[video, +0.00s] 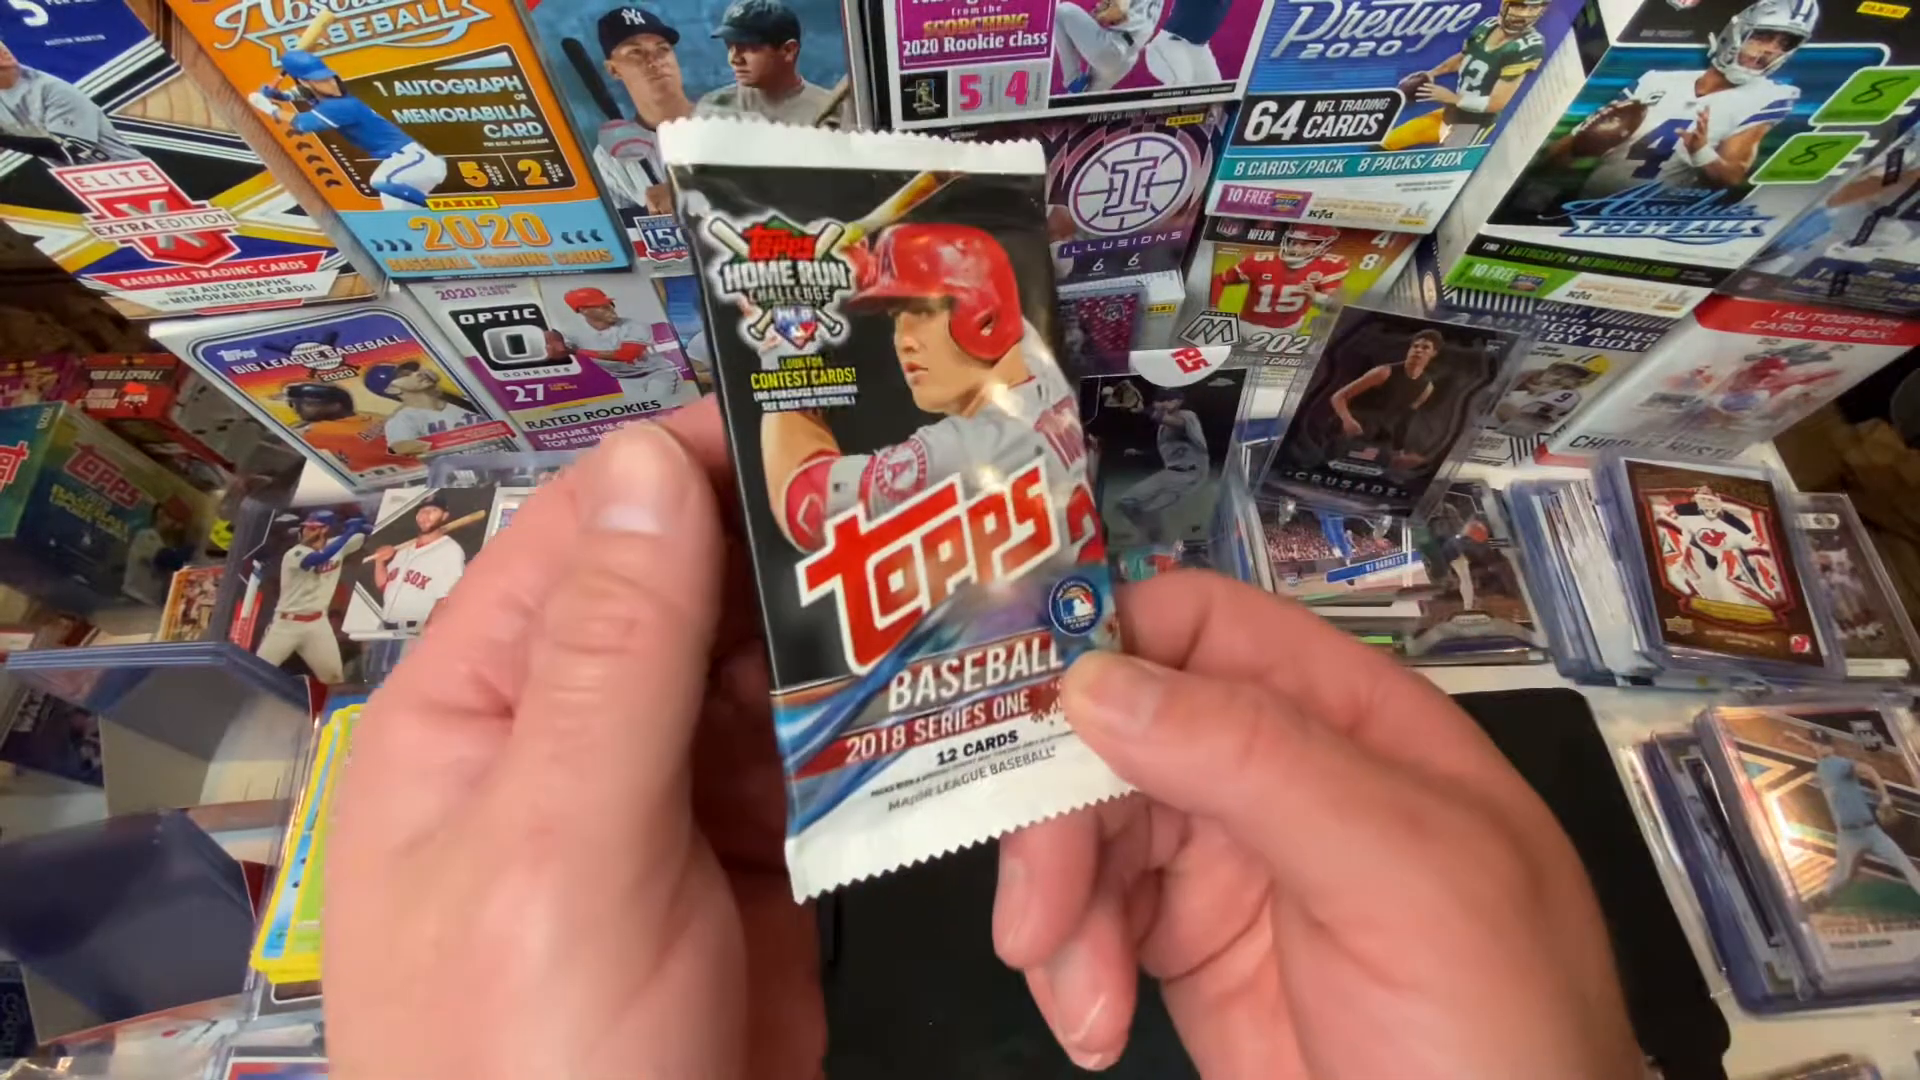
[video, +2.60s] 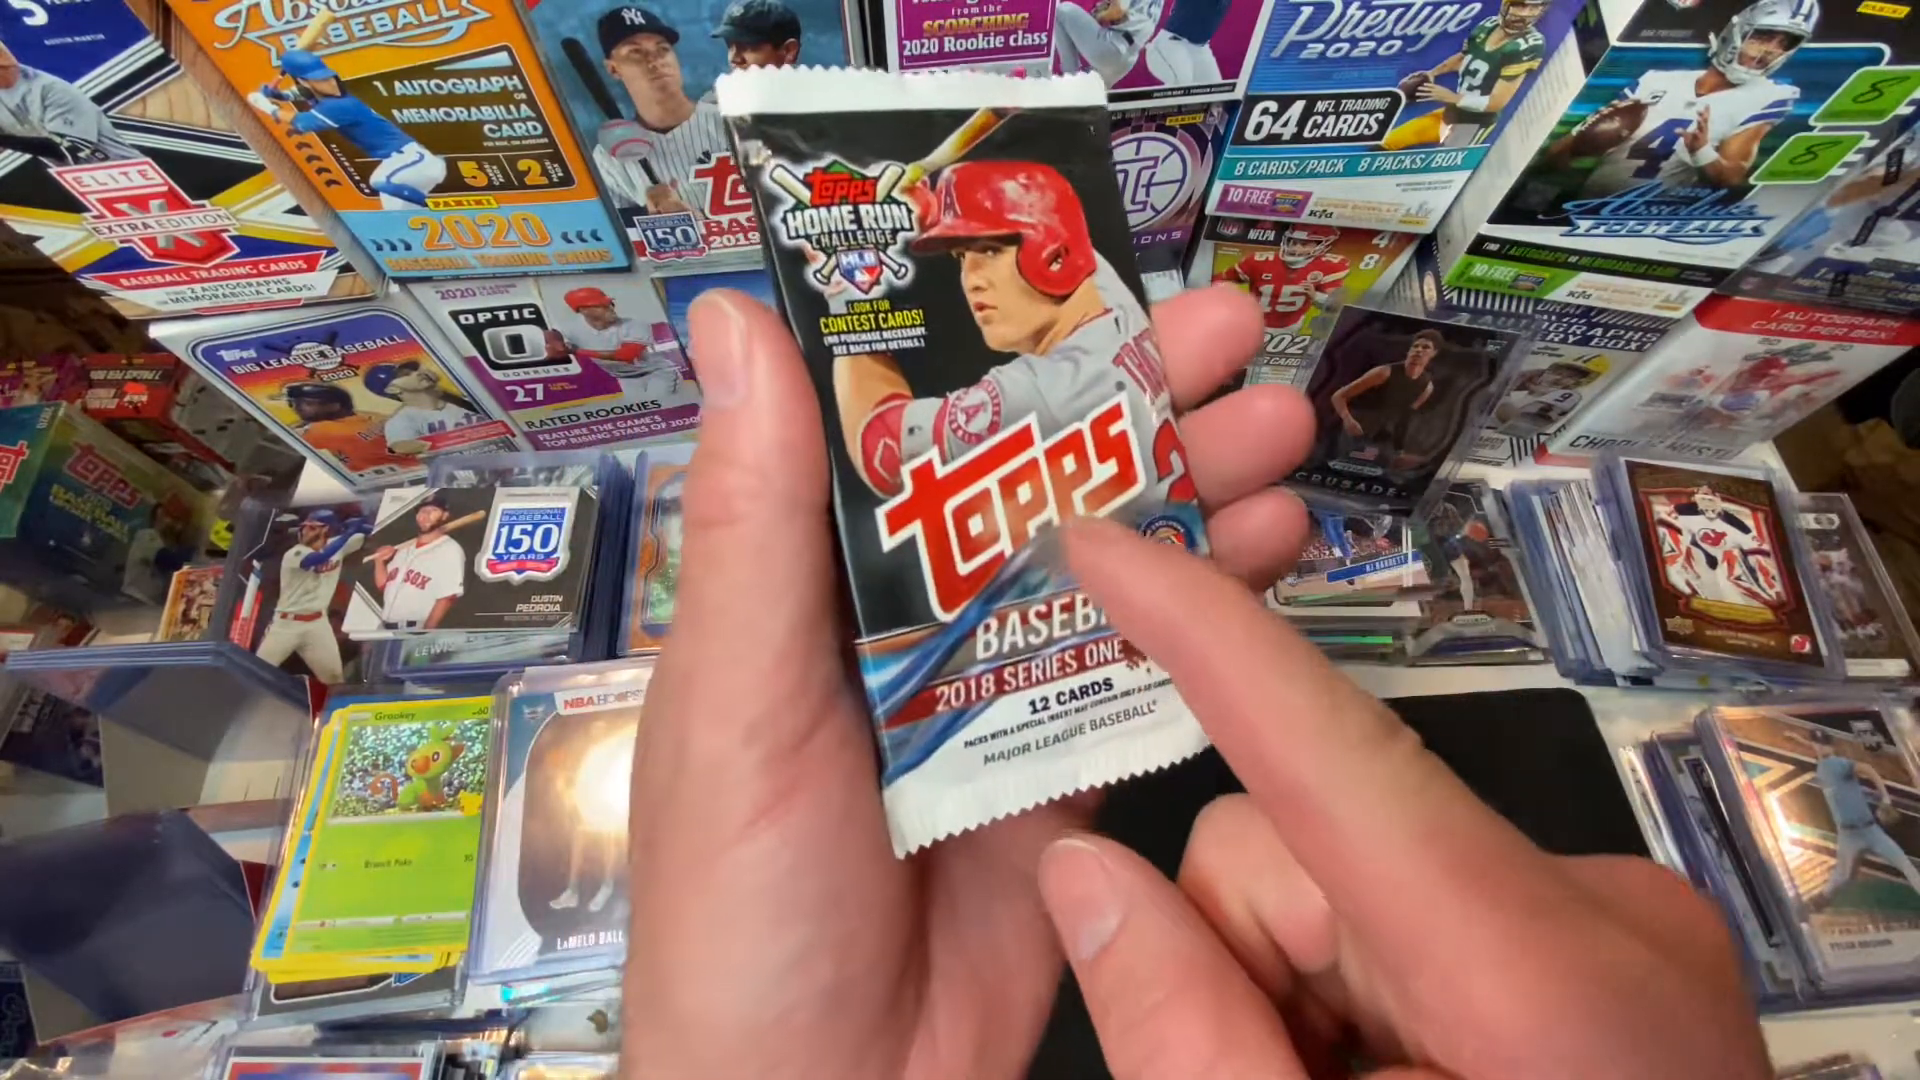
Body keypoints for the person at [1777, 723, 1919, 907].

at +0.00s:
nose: (1823, 749)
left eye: (1825, 744)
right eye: (1819, 746)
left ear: (1831, 745)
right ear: (1814, 748)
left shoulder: (1839, 764)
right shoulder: (1823, 767)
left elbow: (1869, 770)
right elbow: (1866, 769)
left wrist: (1884, 797)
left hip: (1871, 829)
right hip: (1847, 835)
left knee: (1904, 863)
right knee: (1842, 876)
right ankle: (1824, 897)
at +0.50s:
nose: (1823, 749)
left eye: (1825, 744)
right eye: (1818, 746)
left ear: (1831, 745)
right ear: (1813, 748)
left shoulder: (1840, 764)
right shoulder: (1822, 767)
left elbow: (1869, 770)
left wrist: (1885, 797)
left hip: (1871, 829)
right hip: (1847, 834)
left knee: (1903, 863)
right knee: (1843, 876)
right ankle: (1824, 896)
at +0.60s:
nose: (1823, 749)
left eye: (1824, 744)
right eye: (1818, 745)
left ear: (1830, 744)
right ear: (1814, 748)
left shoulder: (1838, 763)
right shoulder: (1822, 767)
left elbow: (1869, 770)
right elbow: (1813, 747)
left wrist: (1885, 796)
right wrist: (1800, 739)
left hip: (1870, 829)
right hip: (1847, 834)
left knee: (1904, 864)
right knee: (1843, 875)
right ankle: (1824, 897)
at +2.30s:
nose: (1822, 749)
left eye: (1824, 744)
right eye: (1818, 745)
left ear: (1830, 745)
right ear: (1814, 748)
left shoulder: (1839, 764)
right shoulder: (1823, 767)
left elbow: (1869, 770)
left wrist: (1885, 797)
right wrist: (1796, 738)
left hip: (1871, 829)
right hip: (1847, 834)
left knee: (1903, 862)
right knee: (1842, 874)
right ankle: (1825, 896)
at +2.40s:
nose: (1823, 749)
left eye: (1825, 744)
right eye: (1819, 745)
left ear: (1831, 745)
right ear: (1814, 748)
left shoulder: (1839, 764)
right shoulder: (1823, 767)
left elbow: (1868, 770)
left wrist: (1884, 797)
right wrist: (1796, 738)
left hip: (1871, 829)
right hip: (1847, 834)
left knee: (1904, 863)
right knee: (1842, 874)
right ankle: (1825, 896)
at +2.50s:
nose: (1823, 749)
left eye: (1825, 744)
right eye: (1819, 745)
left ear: (1831, 745)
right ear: (1814, 748)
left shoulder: (1839, 764)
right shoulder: (1823, 767)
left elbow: (1868, 770)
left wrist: (1884, 797)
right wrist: (1796, 738)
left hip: (1871, 829)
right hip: (1847, 834)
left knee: (1904, 863)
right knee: (1842, 875)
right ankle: (1825, 896)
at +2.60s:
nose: (1823, 749)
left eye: (1825, 744)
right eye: (1819, 745)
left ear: (1831, 745)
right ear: (1814, 747)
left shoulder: (1839, 764)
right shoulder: (1823, 767)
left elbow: (1868, 770)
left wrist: (1885, 797)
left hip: (1871, 828)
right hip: (1847, 834)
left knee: (1904, 864)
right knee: (1843, 875)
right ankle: (1823, 897)